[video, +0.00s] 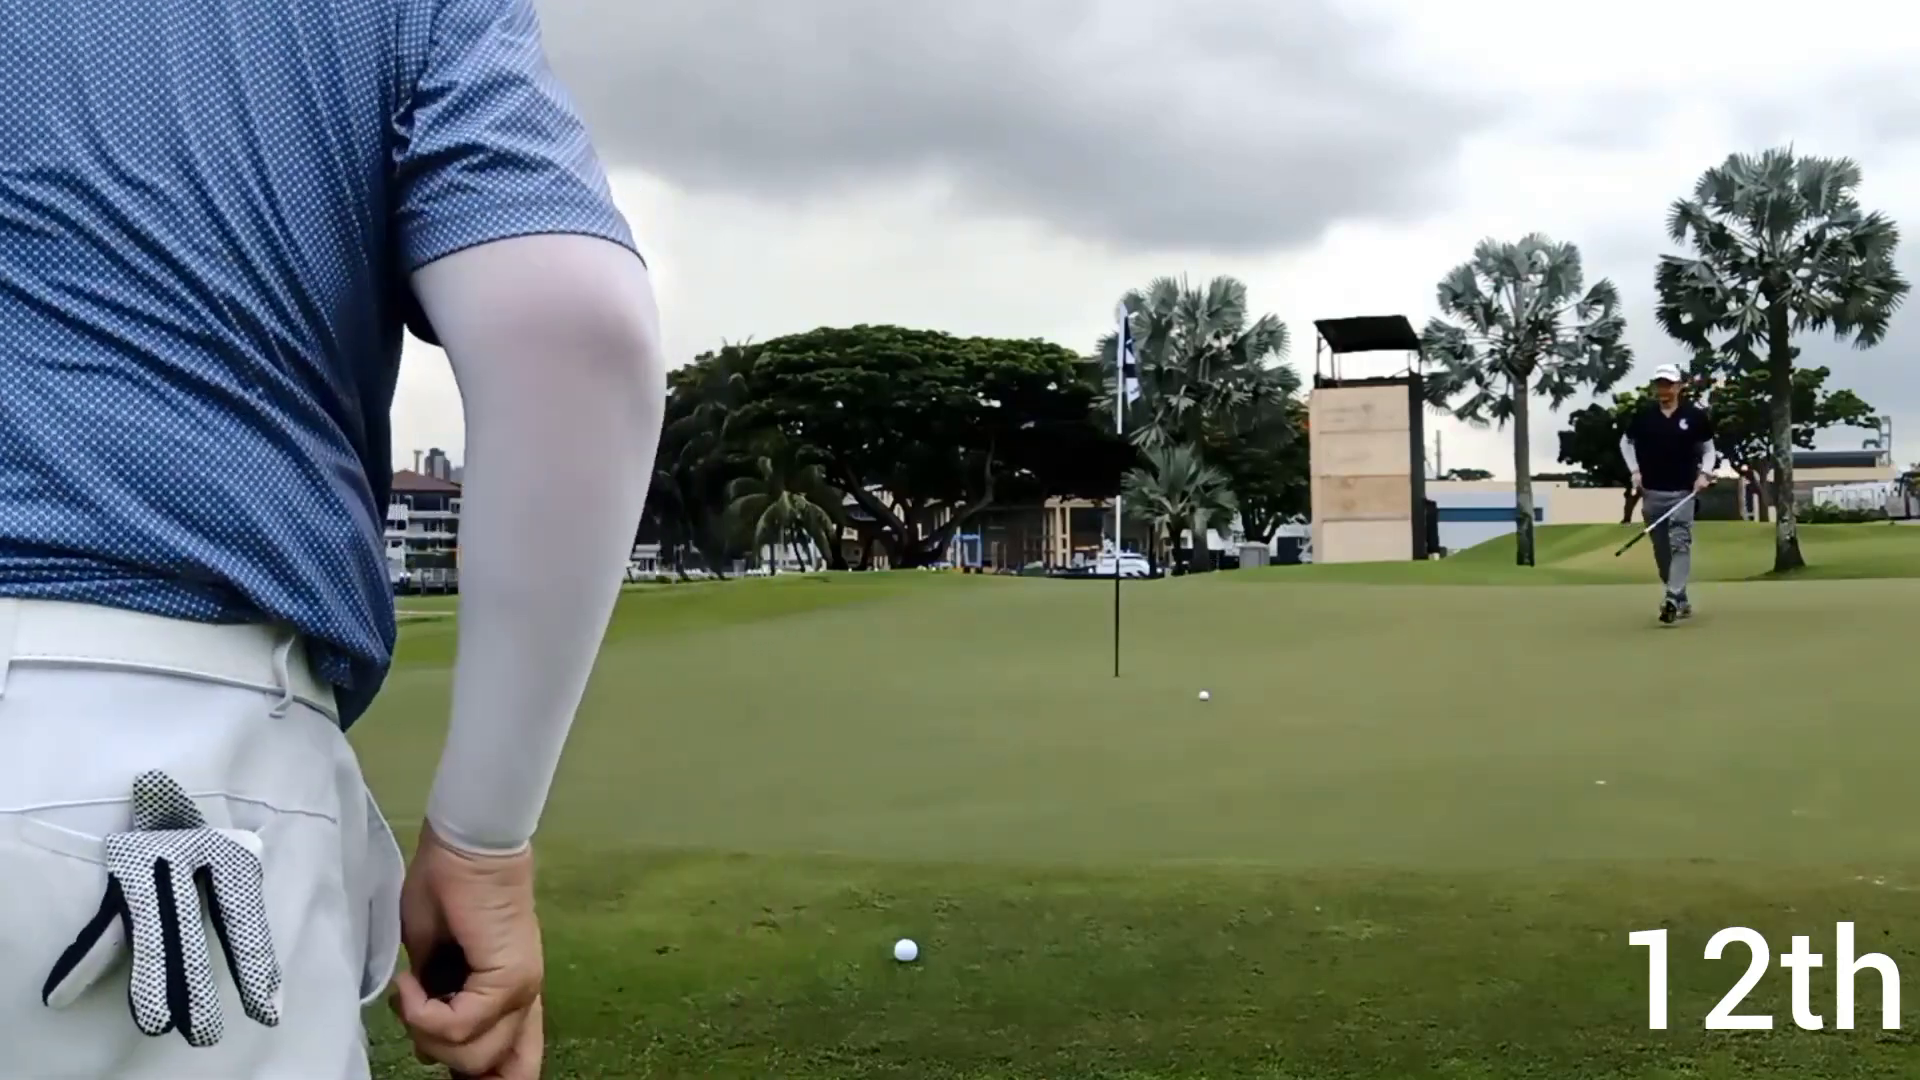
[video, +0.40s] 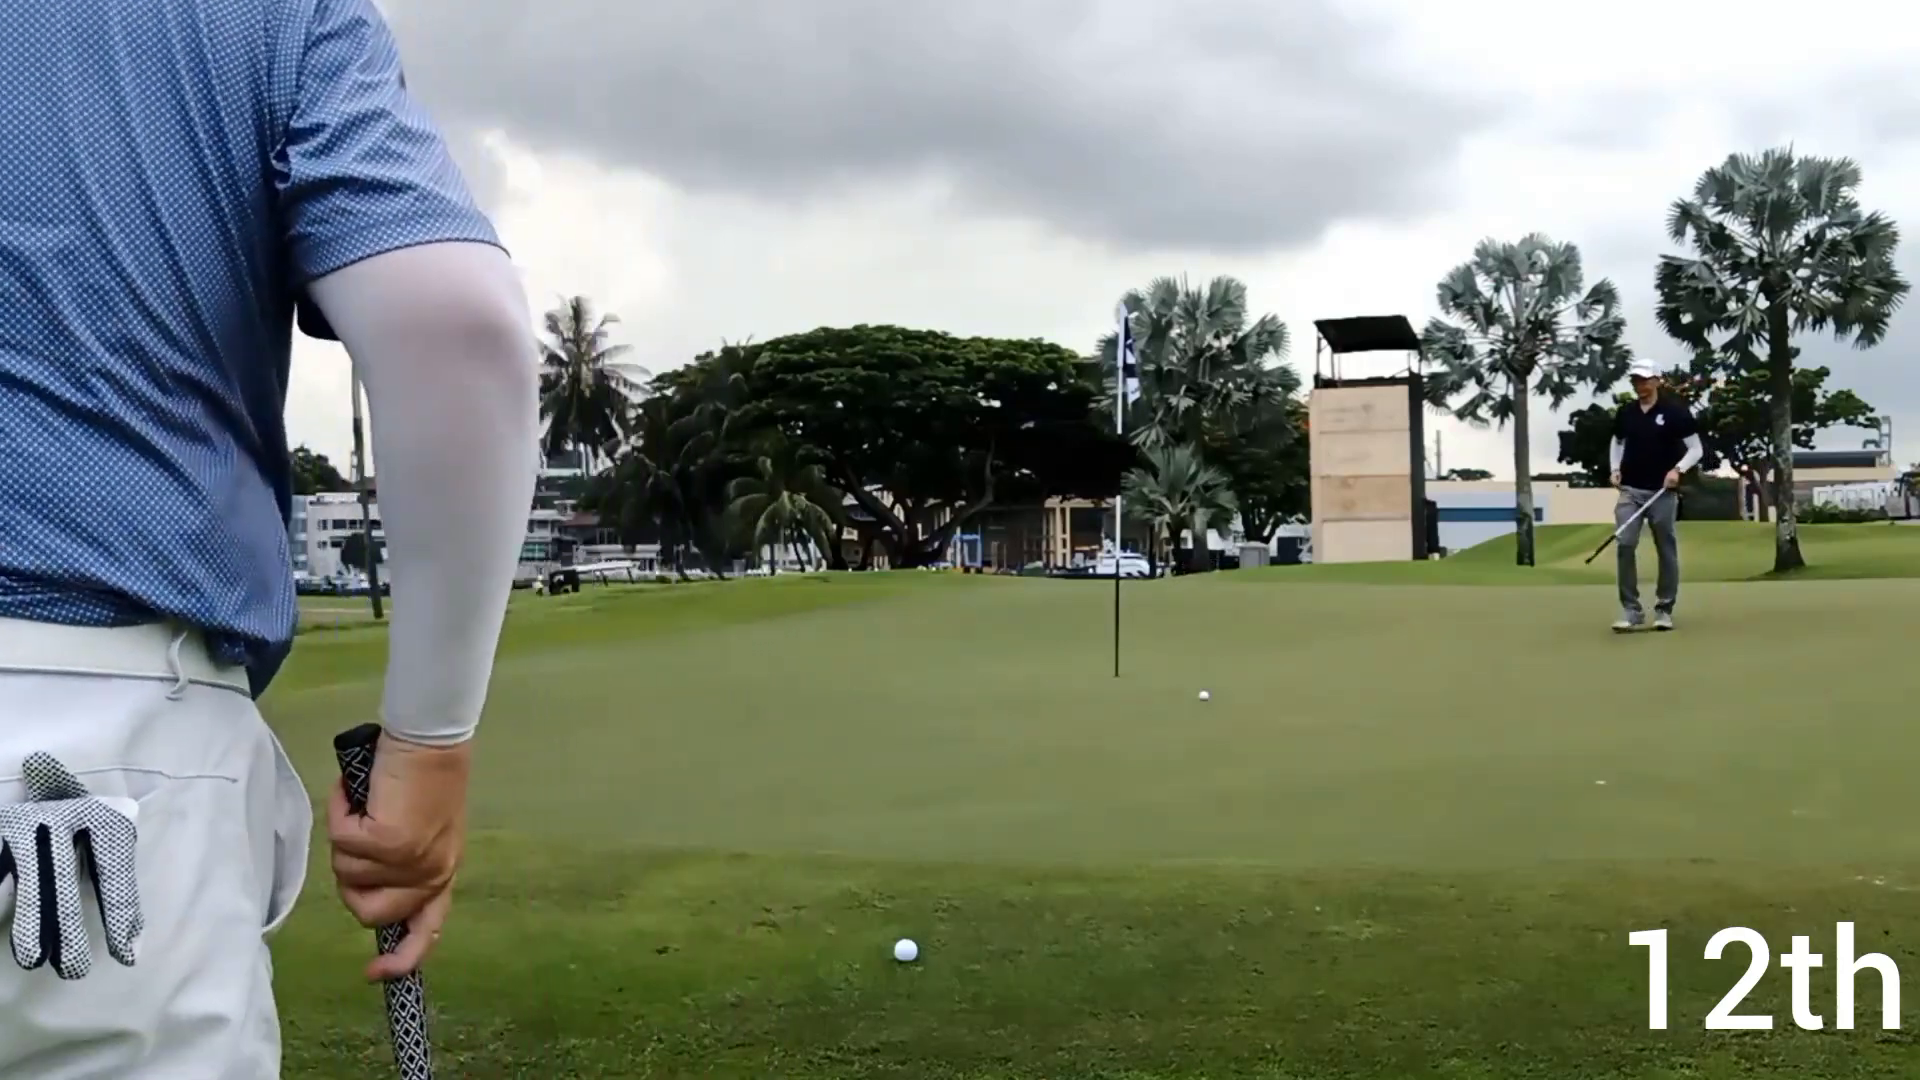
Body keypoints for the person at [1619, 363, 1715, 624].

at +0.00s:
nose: (1664, 389)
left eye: (1669, 384)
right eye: (1660, 384)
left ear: (1679, 386)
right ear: (1655, 386)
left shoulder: (1695, 416)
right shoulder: (1644, 416)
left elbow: (1709, 450)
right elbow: (1626, 443)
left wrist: (1704, 474)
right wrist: (1635, 471)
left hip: (1682, 492)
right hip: (1652, 493)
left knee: (1679, 543)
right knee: (1661, 548)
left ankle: (1672, 598)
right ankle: (1678, 597)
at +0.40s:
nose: (1640, 385)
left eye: (1645, 380)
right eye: (1636, 380)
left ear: (1657, 381)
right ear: (1632, 383)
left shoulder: (1675, 412)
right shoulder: (1626, 413)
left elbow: (1696, 448)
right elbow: (1617, 443)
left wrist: (1678, 469)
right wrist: (1615, 468)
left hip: (1662, 492)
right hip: (1630, 491)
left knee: (1666, 550)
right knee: (1624, 546)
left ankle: (1664, 609)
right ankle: (1631, 610)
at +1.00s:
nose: (1603, 388)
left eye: (1608, 382)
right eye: (1598, 383)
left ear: (1620, 383)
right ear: (1593, 385)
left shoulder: (1640, 414)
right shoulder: (1582, 418)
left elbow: (1662, 454)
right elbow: (1563, 455)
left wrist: (1640, 463)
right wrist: (1589, 468)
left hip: (1628, 499)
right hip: (1595, 500)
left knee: (1623, 554)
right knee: (1603, 562)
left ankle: (1620, 616)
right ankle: (1617, 617)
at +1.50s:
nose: (1588, 380)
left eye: (1594, 374)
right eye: (1583, 374)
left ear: (1603, 377)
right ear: (1576, 378)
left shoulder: (1620, 412)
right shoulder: (1563, 413)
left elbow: (1636, 455)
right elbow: (1550, 453)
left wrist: (1597, 468)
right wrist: (1559, 472)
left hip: (1609, 504)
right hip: (1572, 502)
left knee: (1612, 566)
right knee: (1566, 556)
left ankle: (1608, 629)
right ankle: (1569, 630)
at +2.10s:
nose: (1537, 382)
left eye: (1543, 376)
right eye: (1533, 377)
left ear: (1559, 375)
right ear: (1529, 379)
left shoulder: (1583, 414)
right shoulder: (1520, 416)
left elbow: (1600, 456)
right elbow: (1506, 456)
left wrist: (1585, 476)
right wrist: (1509, 482)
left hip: (1567, 507)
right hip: (1532, 508)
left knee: (1568, 569)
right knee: (1545, 576)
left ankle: (1565, 635)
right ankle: (1563, 636)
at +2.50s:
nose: (1508, 376)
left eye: (1514, 369)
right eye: (1505, 370)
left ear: (1532, 367)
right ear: (1504, 371)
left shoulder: (1556, 402)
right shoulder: (1501, 407)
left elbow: (1580, 450)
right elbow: (1492, 455)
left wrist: (1551, 466)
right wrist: (1482, 500)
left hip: (1544, 507)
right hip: (1504, 505)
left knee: (1551, 577)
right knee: (1495, 565)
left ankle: (1552, 647)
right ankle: (1516, 640)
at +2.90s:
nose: (1482, 369)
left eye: (1486, 362)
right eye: (1474, 364)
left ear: (1494, 363)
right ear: (1462, 370)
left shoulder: (1515, 402)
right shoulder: (1451, 410)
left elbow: (1527, 454)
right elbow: (1444, 464)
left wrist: (1526, 500)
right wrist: (1440, 510)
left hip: (1505, 507)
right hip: (1463, 509)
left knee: (1509, 574)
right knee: (1464, 584)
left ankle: (1529, 632)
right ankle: (1474, 658)